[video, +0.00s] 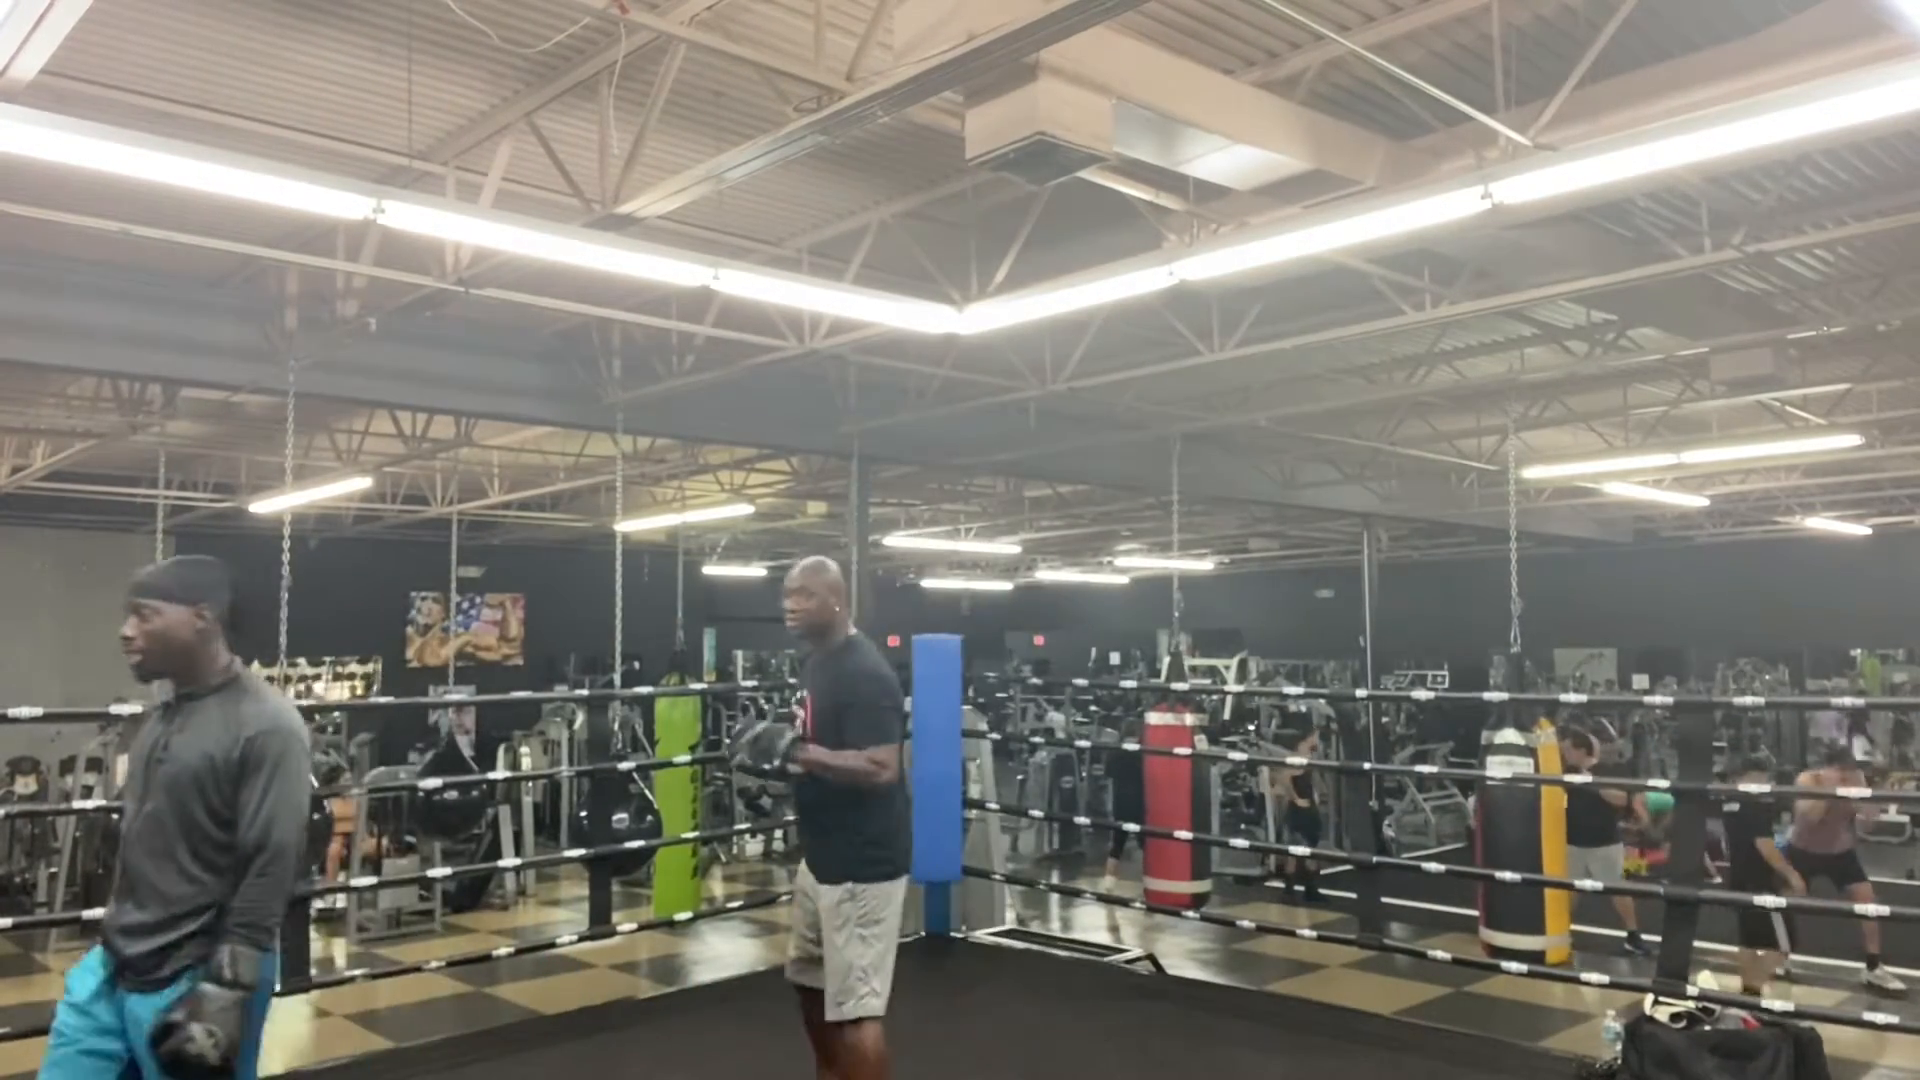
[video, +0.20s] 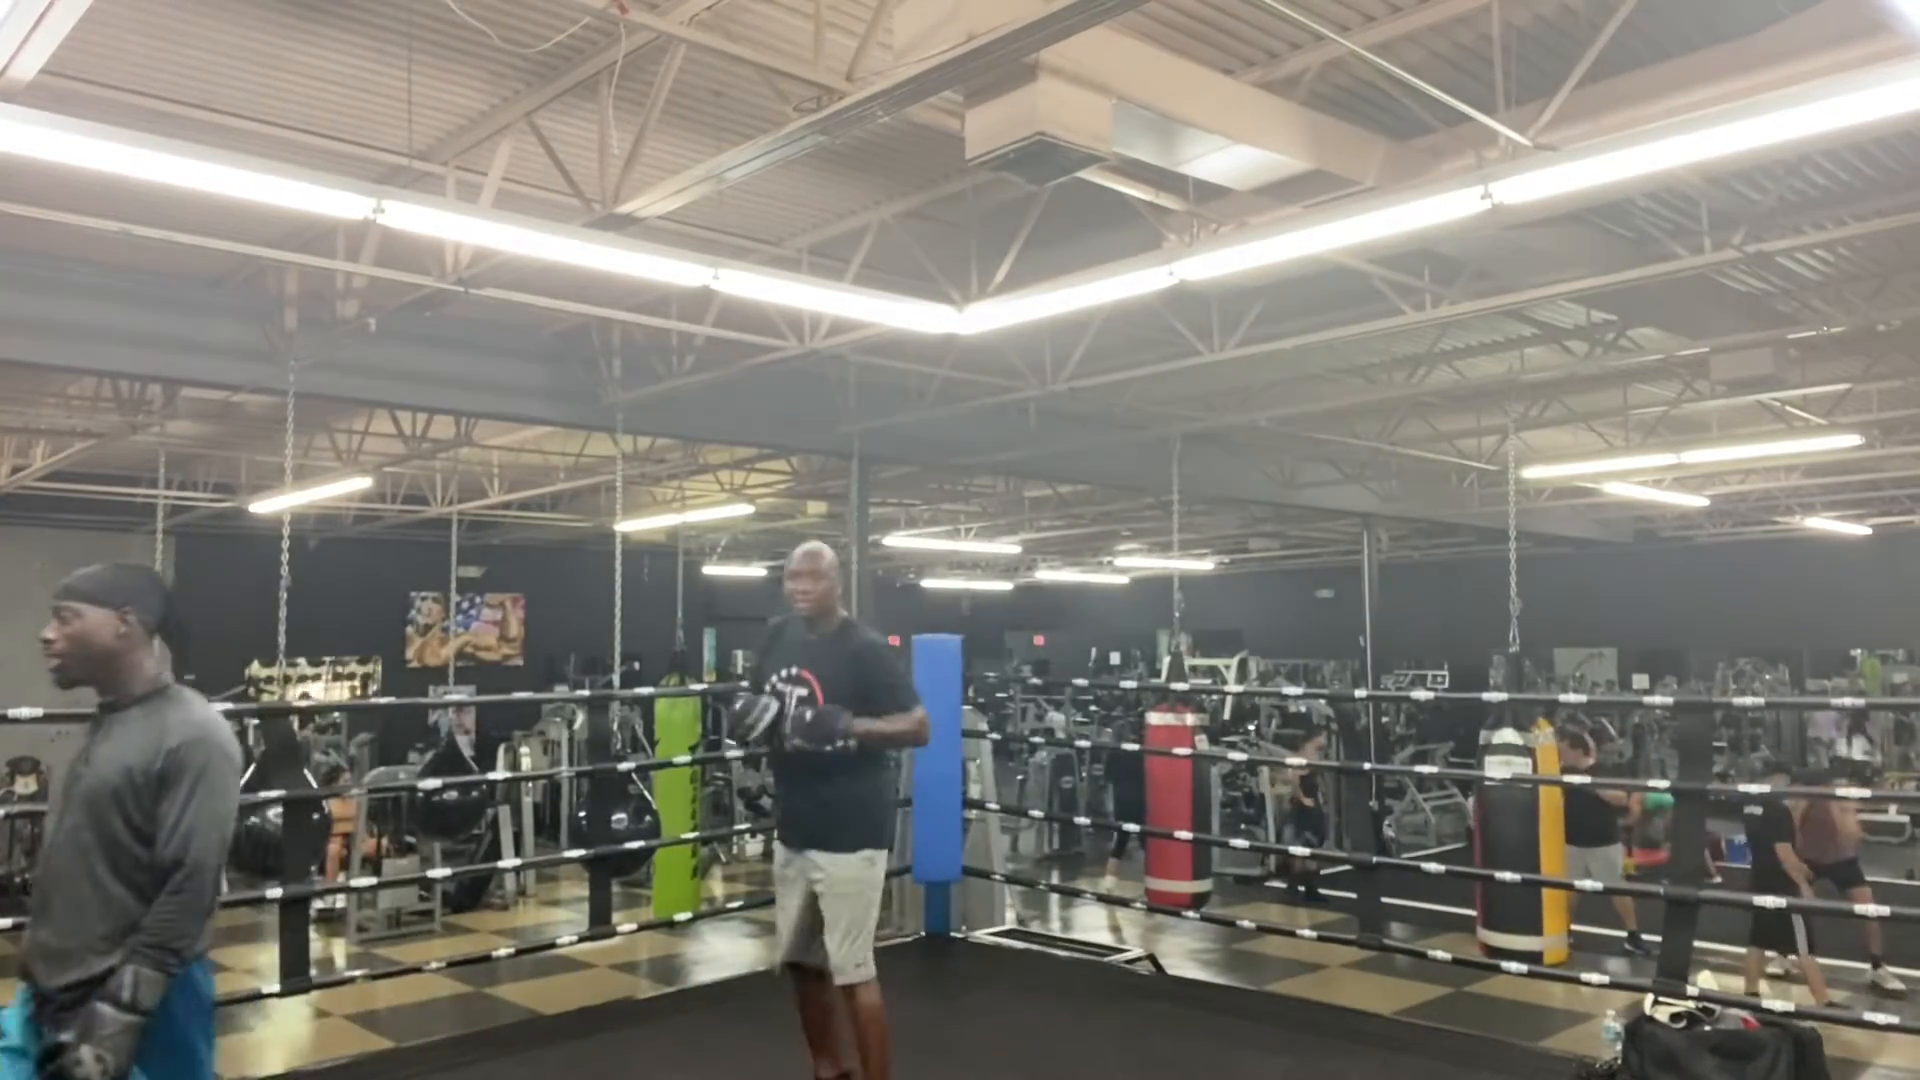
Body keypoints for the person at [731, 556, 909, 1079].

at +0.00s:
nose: (789, 605)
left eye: (801, 595)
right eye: (788, 596)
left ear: (833, 600)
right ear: (797, 603)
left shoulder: (867, 670)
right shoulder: (817, 665)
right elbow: (826, 747)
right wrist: (781, 746)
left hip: (866, 870)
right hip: (821, 860)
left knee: (856, 1014)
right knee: (810, 985)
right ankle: (832, 1070)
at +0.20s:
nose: (802, 587)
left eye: (813, 577)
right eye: (793, 578)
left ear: (838, 584)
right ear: (784, 584)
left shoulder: (866, 649)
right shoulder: (780, 639)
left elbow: (918, 726)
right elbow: (766, 709)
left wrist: (847, 726)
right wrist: (754, 716)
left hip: (854, 840)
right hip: (794, 836)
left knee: (853, 969)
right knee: (804, 966)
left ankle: (876, 1074)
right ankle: (829, 1070)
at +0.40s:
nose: (811, 589)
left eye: (822, 580)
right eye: (805, 580)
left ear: (844, 589)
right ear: (792, 588)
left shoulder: (874, 653)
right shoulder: (771, 650)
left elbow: (915, 730)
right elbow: (760, 724)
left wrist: (855, 737)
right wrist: (742, 725)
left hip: (851, 839)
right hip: (782, 833)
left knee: (850, 966)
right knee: (787, 963)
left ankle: (878, 1052)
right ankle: (813, 1061)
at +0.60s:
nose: (818, 604)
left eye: (829, 593)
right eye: (808, 594)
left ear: (848, 602)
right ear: (795, 603)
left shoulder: (881, 671)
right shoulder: (772, 667)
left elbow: (915, 746)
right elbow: (747, 735)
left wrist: (869, 757)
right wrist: (744, 738)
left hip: (855, 854)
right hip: (785, 850)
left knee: (855, 980)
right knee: (785, 982)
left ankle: (872, 1059)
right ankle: (818, 1067)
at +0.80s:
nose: (845, 587)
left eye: (855, 577)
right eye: (835, 578)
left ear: (870, 586)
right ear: (816, 587)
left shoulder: (898, 652)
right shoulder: (781, 647)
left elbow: (927, 732)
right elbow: (737, 723)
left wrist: (919, 735)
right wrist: (790, 709)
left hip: (877, 837)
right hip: (797, 838)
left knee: (898, 964)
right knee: (802, 963)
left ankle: (907, 1070)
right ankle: (818, 1062)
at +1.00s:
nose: (885, 607)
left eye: (894, 596)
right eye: (873, 595)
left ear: (905, 603)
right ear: (850, 601)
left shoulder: (924, 674)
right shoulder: (809, 667)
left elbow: (932, 752)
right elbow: (767, 747)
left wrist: (942, 770)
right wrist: (823, 756)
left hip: (901, 851)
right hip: (823, 857)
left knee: (923, 981)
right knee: (817, 982)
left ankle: (929, 1076)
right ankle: (820, 1064)